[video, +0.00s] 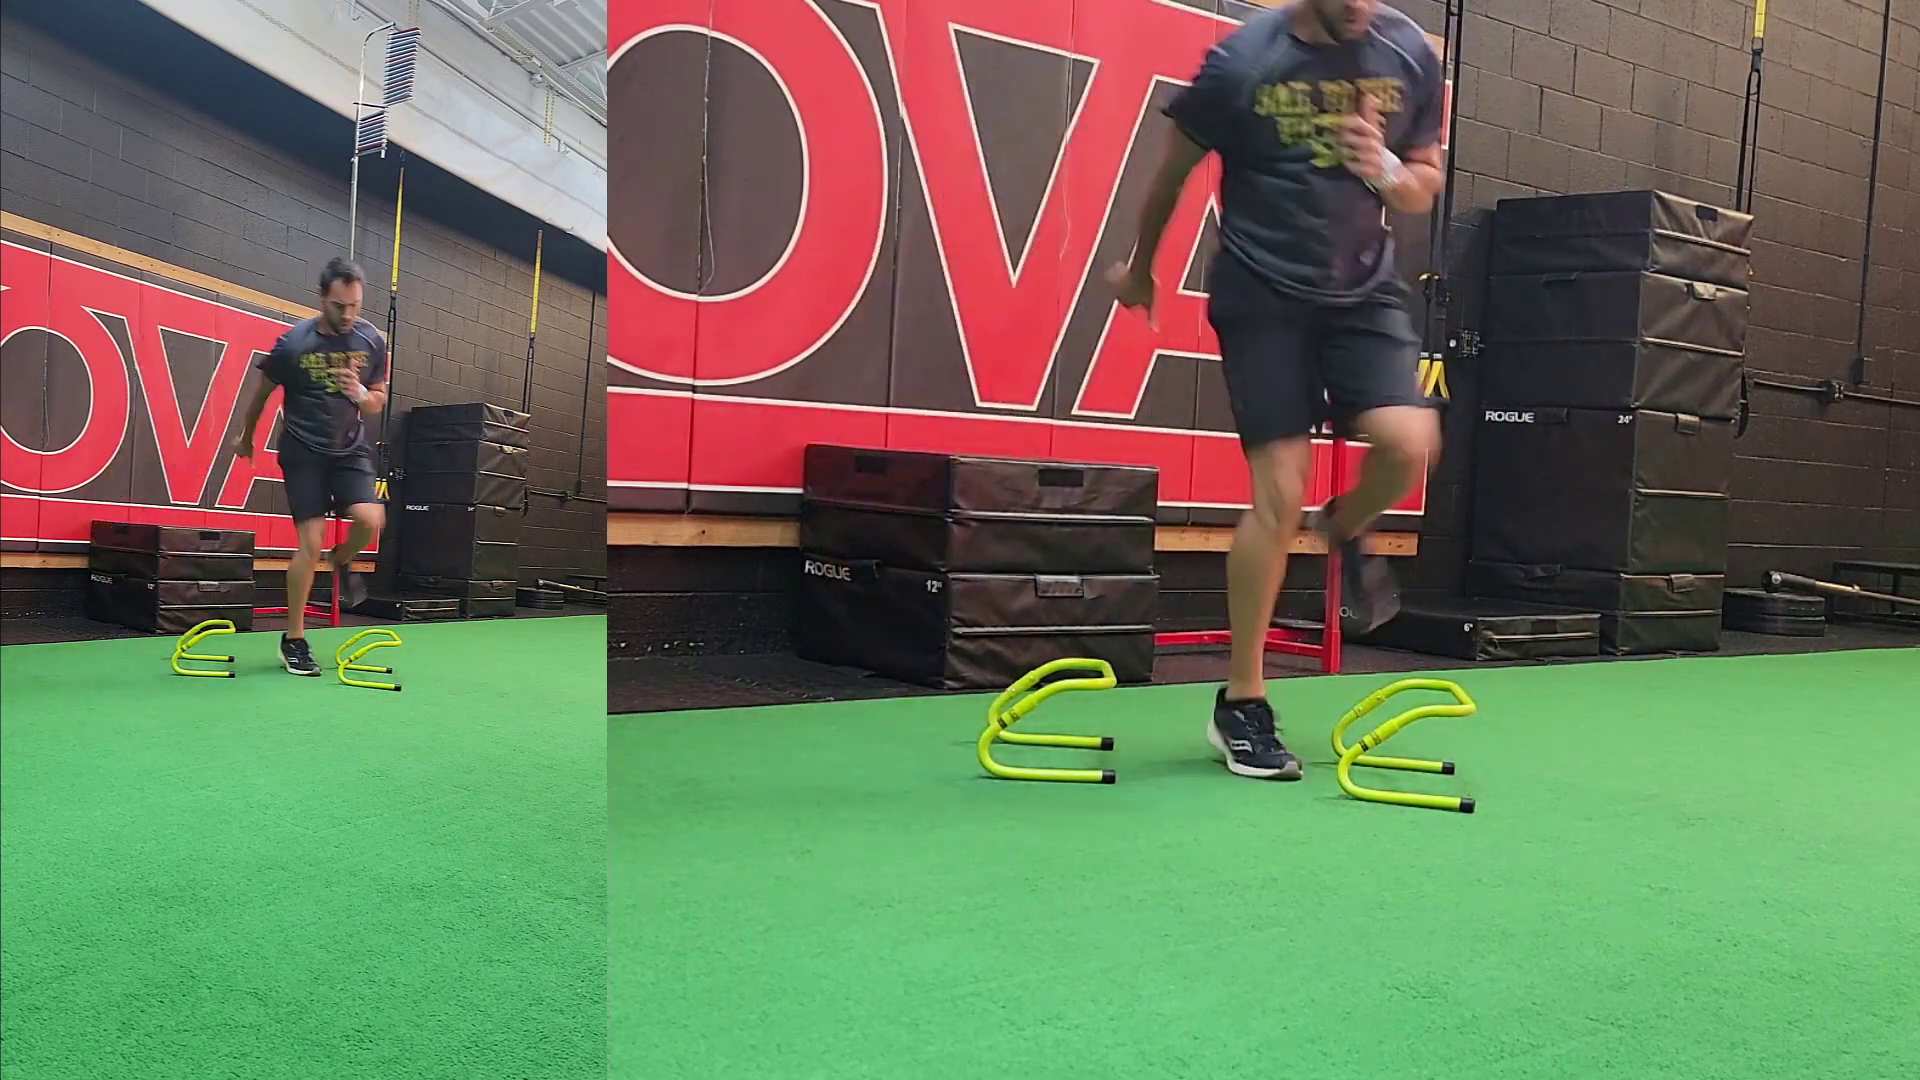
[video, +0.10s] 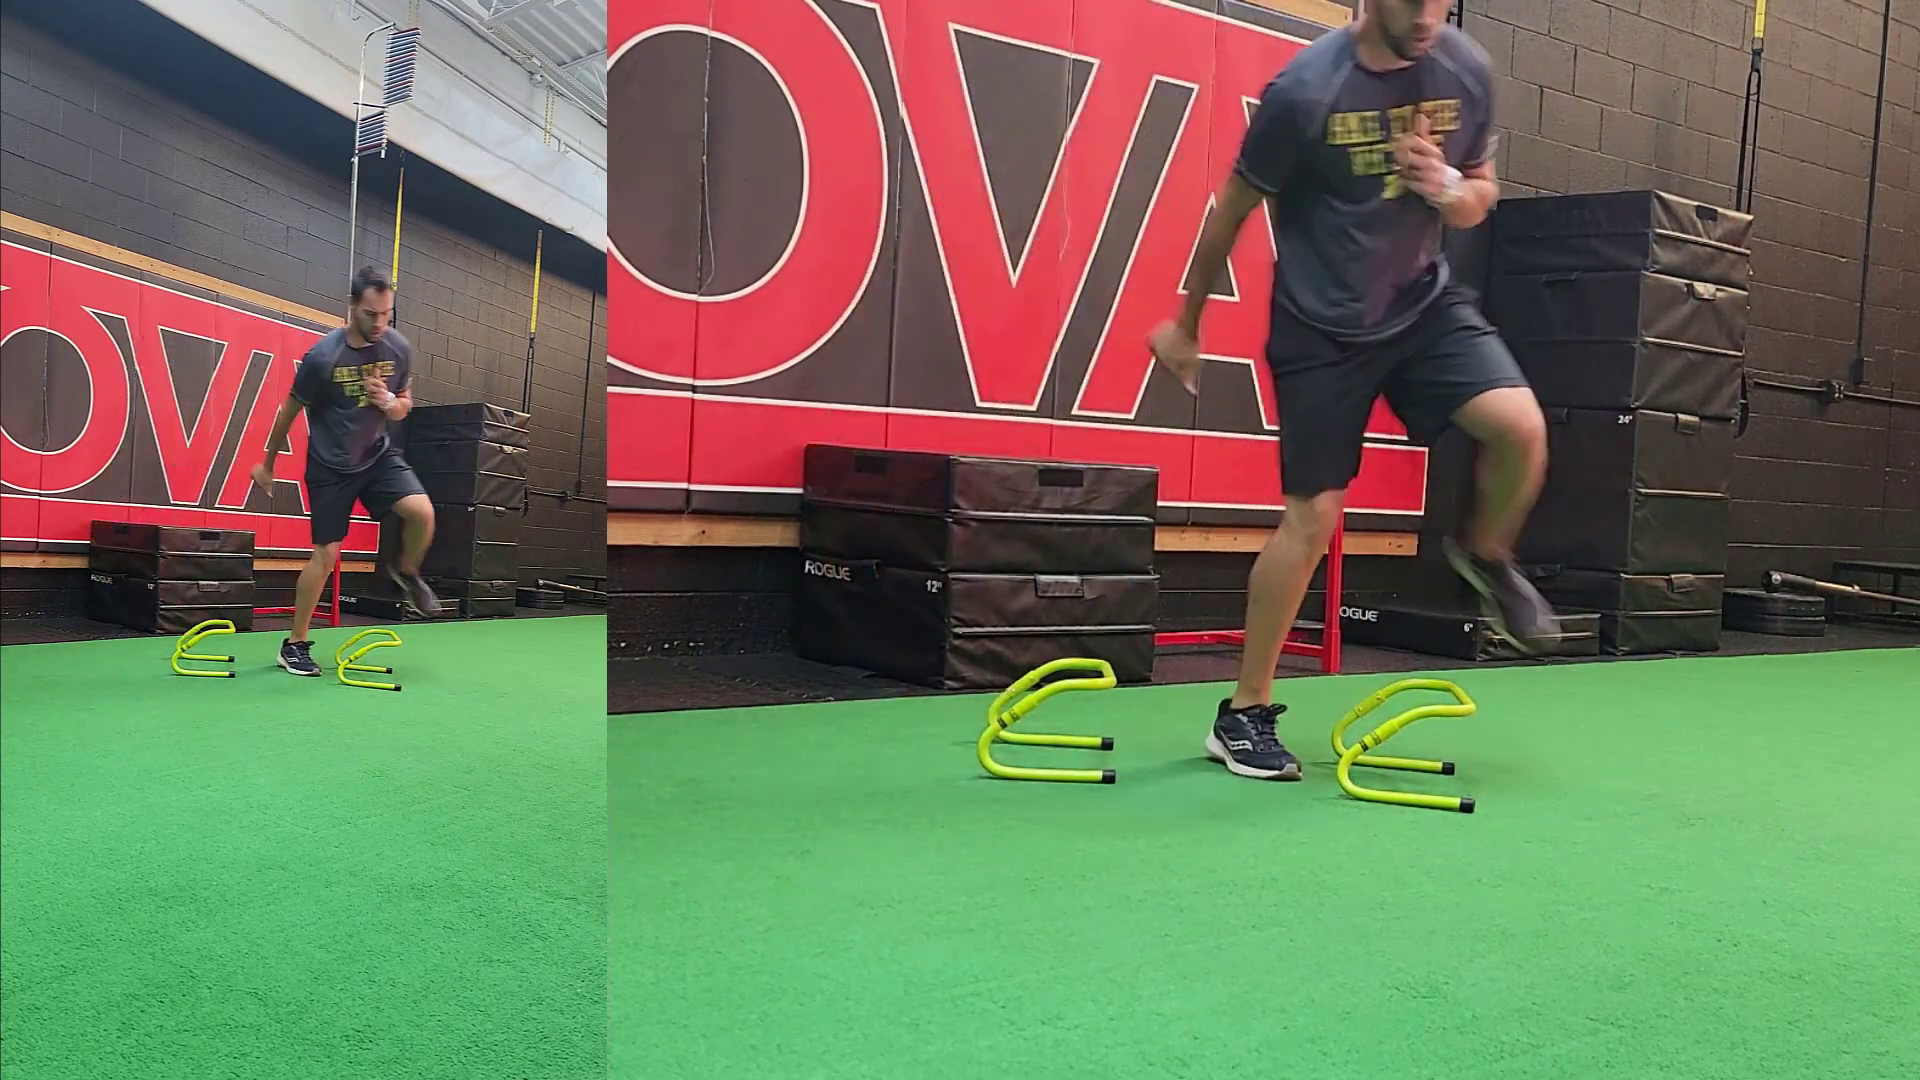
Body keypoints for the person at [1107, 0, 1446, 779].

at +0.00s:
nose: (1365, 5)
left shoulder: (1413, 56)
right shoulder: (1242, 62)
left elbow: (1427, 189)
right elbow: (1172, 167)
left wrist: (1390, 174)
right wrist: (1140, 266)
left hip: (1369, 293)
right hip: (1264, 296)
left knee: (1409, 448)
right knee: (1281, 500)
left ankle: (1338, 531)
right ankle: (1243, 701)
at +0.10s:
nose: (1430, 17)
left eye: (1441, 3)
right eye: (1413, 3)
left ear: (1452, 3)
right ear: (1367, 0)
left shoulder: (1467, 70)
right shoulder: (1303, 94)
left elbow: (1479, 201)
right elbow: (1233, 202)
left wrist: (1447, 187)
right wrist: (1184, 320)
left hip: (1427, 308)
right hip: (1323, 330)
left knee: (1520, 427)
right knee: (1311, 522)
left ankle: (1486, 555)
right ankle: (1247, 711)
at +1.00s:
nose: (1536, 94)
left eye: (1556, 77)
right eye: (1525, 71)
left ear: (1594, 67)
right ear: (1507, 53)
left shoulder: (1617, 157)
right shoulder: (1440, 144)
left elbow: (1639, 308)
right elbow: (1335, 204)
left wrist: (1603, 283)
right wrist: (1271, 275)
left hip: (1555, 367)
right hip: (1447, 337)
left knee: (1603, 537)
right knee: (1442, 452)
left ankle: (1635, 726)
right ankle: (1358, 588)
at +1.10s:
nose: (1467, 36)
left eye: (1489, 21)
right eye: (1457, 14)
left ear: (1518, 21)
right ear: (1432, 6)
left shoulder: (1546, 92)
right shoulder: (1362, 98)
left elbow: (1577, 208)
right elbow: (1300, 195)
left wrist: (1541, 243)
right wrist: (1264, 303)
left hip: (1492, 324)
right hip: (1380, 317)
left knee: (1549, 499)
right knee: (1349, 484)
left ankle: (1604, 675)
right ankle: (1277, 683)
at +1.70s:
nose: (1067, 24)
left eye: (1086, 10)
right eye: (1058, 7)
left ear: (1124, 9)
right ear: (1043, 2)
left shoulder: (1176, 92)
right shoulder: (1003, 65)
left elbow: (1194, 250)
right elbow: (979, 170)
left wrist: (1088, 298)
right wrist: (980, 263)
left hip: (1140, 288)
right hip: (1033, 280)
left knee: (1124, 451)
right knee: (962, 479)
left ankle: (1194, 547)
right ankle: (875, 681)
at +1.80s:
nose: (988, 93)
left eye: (1008, 75)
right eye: (976, 72)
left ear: (1053, 56)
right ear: (961, 49)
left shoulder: (1109, 156)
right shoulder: (936, 119)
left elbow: (1085, 319)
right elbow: (920, 199)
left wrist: (979, 245)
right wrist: (952, 228)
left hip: (1073, 346)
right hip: (971, 334)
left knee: (1049, 473)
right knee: (921, 504)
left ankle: (1041, 498)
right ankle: (871, 694)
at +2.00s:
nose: (906, 122)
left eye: (925, 102)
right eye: (892, 100)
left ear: (967, 76)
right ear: (874, 79)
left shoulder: (1036, 166)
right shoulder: (870, 129)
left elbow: (979, 324)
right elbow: (912, 241)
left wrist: (897, 217)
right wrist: (891, 208)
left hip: (1032, 335)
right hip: (927, 321)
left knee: (971, 487)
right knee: (896, 490)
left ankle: (963, 507)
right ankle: (872, 690)